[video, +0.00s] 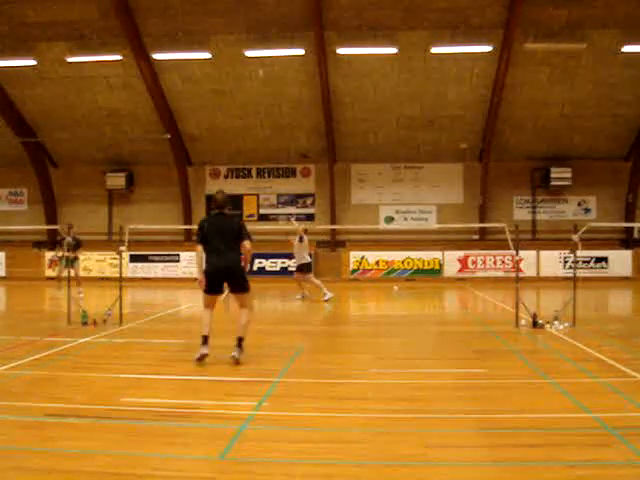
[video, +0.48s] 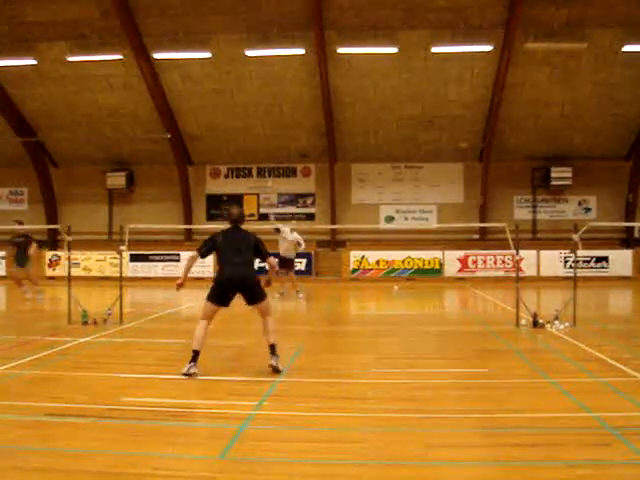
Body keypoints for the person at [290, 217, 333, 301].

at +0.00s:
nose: (299, 229)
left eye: (301, 228)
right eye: (299, 228)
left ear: (303, 231)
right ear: (299, 231)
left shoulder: (303, 238)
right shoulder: (297, 239)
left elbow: (300, 229)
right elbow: (295, 244)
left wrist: (294, 222)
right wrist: (291, 241)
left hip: (306, 261)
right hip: (299, 262)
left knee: (310, 278)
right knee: (297, 277)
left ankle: (326, 292)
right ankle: (303, 293)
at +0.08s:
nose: (296, 229)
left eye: (298, 227)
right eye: (295, 227)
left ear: (301, 229)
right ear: (295, 229)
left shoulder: (301, 237)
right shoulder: (294, 237)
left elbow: (298, 229)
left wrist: (294, 220)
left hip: (303, 260)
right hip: (297, 260)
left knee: (307, 276)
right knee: (295, 277)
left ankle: (325, 290)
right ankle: (303, 292)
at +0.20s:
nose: (295, 221)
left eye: (297, 220)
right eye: (295, 219)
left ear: (300, 222)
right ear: (294, 220)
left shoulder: (299, 229)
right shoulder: (291, 229)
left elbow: (298, 228)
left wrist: (297, 226)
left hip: (297, 251)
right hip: (291, 251)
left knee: (299, 269)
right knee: (294, 270)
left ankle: (312, 281)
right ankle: (300, 288)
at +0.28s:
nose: (294, 221)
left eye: (296, 220)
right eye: (294, 219)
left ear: (299, 221)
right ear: (292, 220)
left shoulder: (297, 228)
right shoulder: (291, 229)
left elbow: (298, 227)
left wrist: (297, 225)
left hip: (297, 250)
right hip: (290, 250)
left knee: (298, 268)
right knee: (292, 268)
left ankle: (309, 280)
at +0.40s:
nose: (293, 219)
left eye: (295, 218)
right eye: (293, 217)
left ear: (297, 221)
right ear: (292, 219)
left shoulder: (298, 229)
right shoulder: (285, 226)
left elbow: (305, 237)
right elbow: (276, 221)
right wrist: (285, 217)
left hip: (293, 251)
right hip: (285, 250)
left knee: (295, 270)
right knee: (286, 270)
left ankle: (300, 288)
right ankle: (288, 287)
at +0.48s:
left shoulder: (295, 236)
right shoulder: (282, 234)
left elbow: (302, 245)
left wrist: (299, 248)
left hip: (291, 256)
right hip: (282, 255)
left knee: (291, 274)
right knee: (281, 275)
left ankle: (297, 291)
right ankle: (281, 290)